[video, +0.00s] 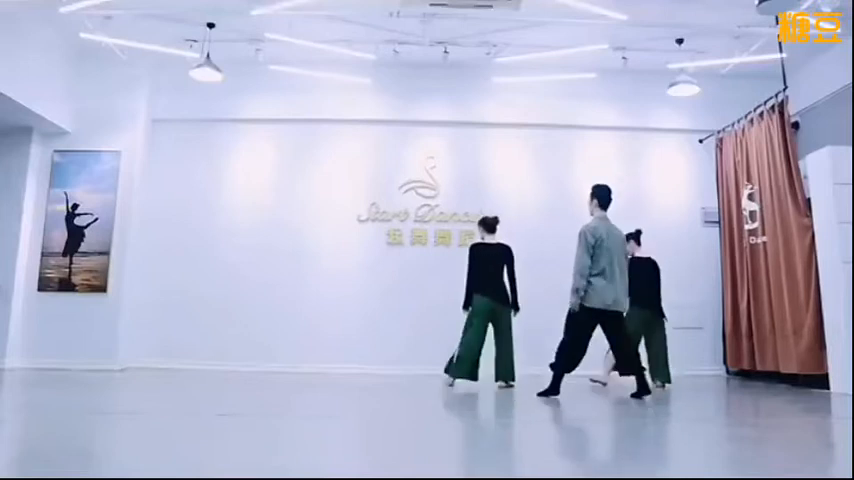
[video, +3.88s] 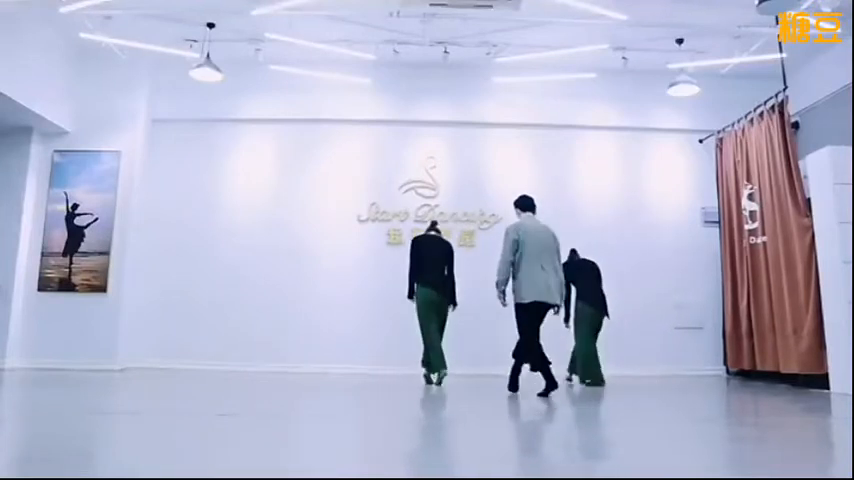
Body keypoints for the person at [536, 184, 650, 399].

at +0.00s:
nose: (588, 204)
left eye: (589, 200)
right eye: (590, 200)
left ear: (594, 201)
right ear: (607, 204)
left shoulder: (589, 230)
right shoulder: (619, 235)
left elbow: (582, 268)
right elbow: (623, 268)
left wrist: (575, 298)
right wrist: (622, 299)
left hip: (591, 299)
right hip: (615, 300)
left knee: (571, 343)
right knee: (623, 344)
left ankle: (554, 385)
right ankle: (641, 383)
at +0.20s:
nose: (569, 199)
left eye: (570, 196)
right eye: (571, 196)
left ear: (574, 198)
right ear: (589, 200)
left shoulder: (567, 226)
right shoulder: (598, 232)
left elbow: (558, 260)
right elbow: (603, 266)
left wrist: (548, 284)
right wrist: (601, 295)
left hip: (569, 295)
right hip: (593, 296)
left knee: (564, 343)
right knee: (607, 340)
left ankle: (555, 387)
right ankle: (631, 377)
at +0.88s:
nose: (540, 196)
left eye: (541, 193)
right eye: (545, 193)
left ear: (542, 195)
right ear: (561, 197)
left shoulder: (534, 225)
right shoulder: (570, 228)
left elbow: (526, 259)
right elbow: (578, 264)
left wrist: (518, 284)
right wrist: (580, 289)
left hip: (543, 296)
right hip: (568, 295)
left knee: (547, 343)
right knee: (587, 338)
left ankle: (554, 387)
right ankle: (610, 375)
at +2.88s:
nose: (536, 201)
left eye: (533, 198)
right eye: (544, 198)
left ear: (532, 200)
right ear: (552, 201)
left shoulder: (526, 229)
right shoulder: (564, 230)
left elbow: (513, 261)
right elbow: (578, 266)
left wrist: (500, 284)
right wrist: (582, 294)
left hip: (538, 298)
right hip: (564, 297)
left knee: (541, 342)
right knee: (576, 338)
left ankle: (552, 387)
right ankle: (599, 372)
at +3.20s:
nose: (526, 224)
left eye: (526, 220)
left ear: (526, 222)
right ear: (545, 222)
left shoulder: (523, 247)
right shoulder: (559, 247)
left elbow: (509, 276)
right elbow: (577, 278)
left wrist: (493, 298)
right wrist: (583, 303)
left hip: (539, 302)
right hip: (564, 301)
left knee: (535, 347)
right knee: (554, 335)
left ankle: (551, 387)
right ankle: (565, 370)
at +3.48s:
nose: (521, 237)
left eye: (521, 234)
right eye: (522, 234)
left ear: (522, 234)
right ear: (540, 233)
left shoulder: (521, 254)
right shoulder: (554, 253)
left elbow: (510, 285)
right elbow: (568, 285)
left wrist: (500, 311)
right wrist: (574, 312)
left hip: (538, 306)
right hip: (563, 305)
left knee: (534, 353)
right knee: (541, 336)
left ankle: (551, 387)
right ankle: (544, 368)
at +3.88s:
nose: (516, 214)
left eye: (515, 211)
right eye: (516, 211)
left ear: (518, 210)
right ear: (534, 209)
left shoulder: (515, 229)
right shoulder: (549, 232)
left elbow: (506, 260)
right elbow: (558, 266)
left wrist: (501, 285)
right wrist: (560, 297)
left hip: (526, 293)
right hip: (549, 293)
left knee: (529, 337)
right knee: (527, 336)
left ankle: (549, 378)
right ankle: (515, 373)